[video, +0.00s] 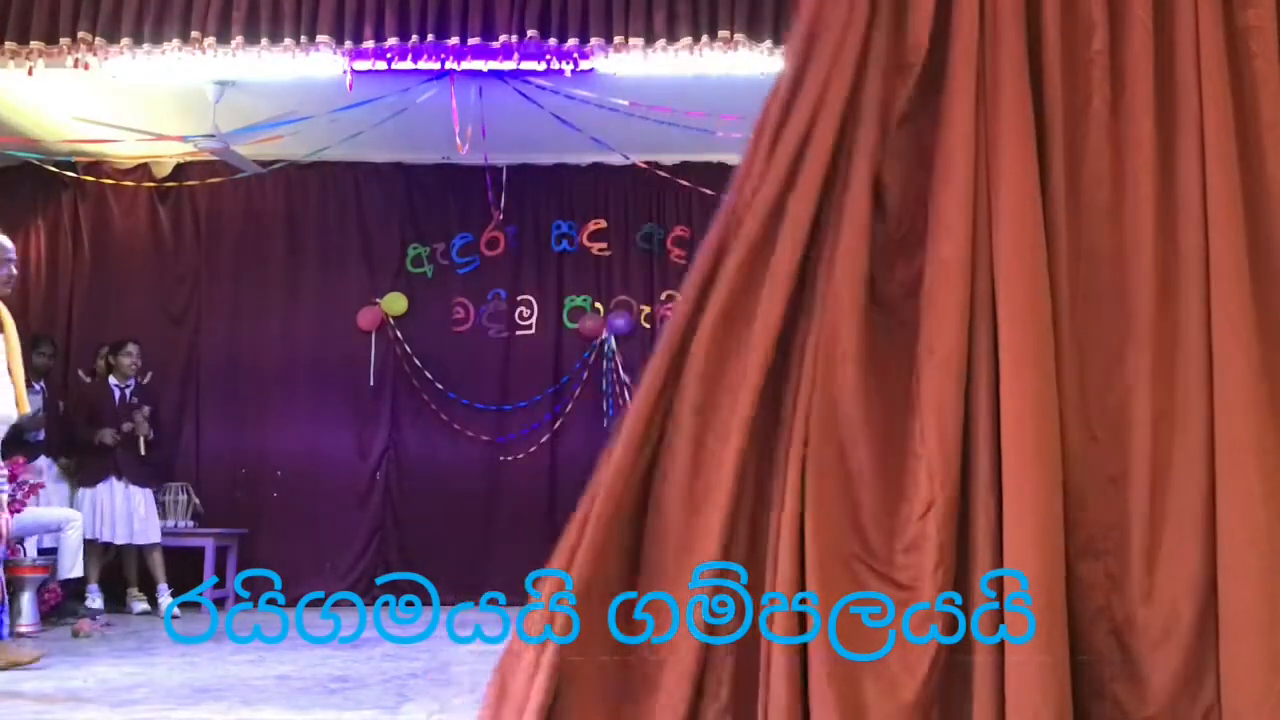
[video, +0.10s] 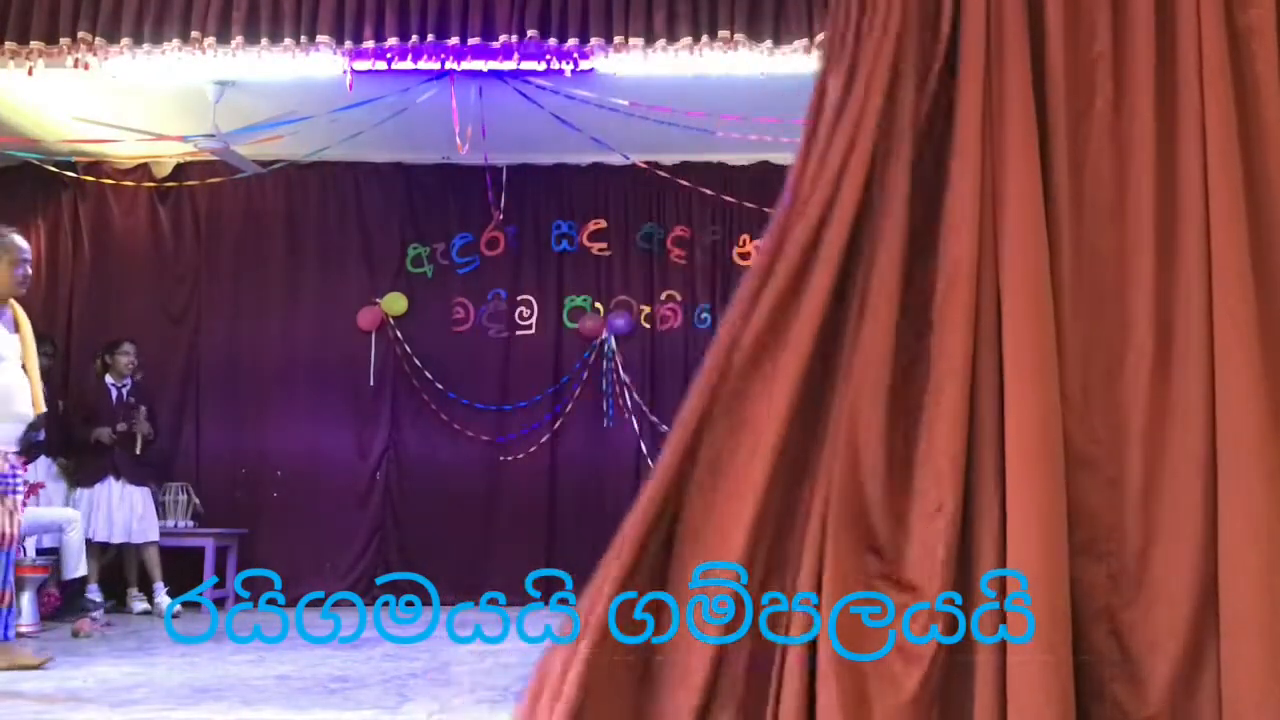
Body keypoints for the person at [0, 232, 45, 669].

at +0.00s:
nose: (10, 270)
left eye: (13, 263)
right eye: (5, 262)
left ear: (19, 268)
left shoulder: (9, 321)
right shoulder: (6, 322)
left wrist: (25, 424)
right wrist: (23, 425)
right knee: (67, 519)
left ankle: (13, 634)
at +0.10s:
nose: (27, 273)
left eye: (29, 265)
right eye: (19, 264)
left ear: (27, 268)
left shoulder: (18, 315)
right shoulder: (8, 317)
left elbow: (31, 369)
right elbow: (28, 370)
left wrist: (41, 417)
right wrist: (38, 415)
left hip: (17, 450)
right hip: (4, 451)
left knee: (13, 540)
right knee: (9, 540)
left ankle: (8, 637)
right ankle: (6, 639)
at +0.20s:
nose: (45, 273)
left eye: (45, 265)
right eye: (36, 265)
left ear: (29, 270)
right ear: (6, 267)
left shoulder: (29, 317)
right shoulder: (5, 316)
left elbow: (42, 377)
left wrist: (52, 419)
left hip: (27, 449)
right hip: (5, 448)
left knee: (20, 547)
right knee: (12, 547)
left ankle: (9, 641)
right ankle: (6, 641)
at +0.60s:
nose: (100, 284)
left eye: (102, 276)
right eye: (93, 275)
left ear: (91, 277)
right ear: (63, 271)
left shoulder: (85, 325)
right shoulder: (33, 318)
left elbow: (104, 388)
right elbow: (8, 389)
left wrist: (149, 427)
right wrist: (13, 456)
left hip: (73, 453)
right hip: (41, 449)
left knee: (40, 542)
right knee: (68, 532)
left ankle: (16, 643)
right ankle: (49, 641)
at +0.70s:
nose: (116, 285)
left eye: (119, 277)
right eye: (109, 275)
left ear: (105, 277)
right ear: (80, 272)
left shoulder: (97, 327)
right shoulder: (49, 319)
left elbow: (120, 387)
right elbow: (23, 390)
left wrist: (163, 425)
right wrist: (28, 454)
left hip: (84, 454)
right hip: (52, 451)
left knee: (37, 547)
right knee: (77, 544)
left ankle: (10, 643)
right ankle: (98, 647)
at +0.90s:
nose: (156, 292)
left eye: (159, 284)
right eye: (149, 282)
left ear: (152, 285)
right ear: (120, 279)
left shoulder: (140, 329)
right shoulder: (85, 325)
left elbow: (150, 399)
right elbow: (63, 396)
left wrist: (178, 444)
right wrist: (63, 464)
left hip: (115, 456)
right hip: (85, 452)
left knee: (61, 551)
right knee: (110, 546)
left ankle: (15, 638)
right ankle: (114, 651)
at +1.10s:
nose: (199, 301)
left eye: (203, 293)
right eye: (192, 291)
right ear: (163, 283)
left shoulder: (173, 334)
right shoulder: (129, 327)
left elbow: (165, 406)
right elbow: (112, 399)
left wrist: (162, 462)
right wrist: (120, 466)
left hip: (152, 456)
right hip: (114, 453)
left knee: (171, 543)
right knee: (133, 543)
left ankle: (121, 639)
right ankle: (115, 653)